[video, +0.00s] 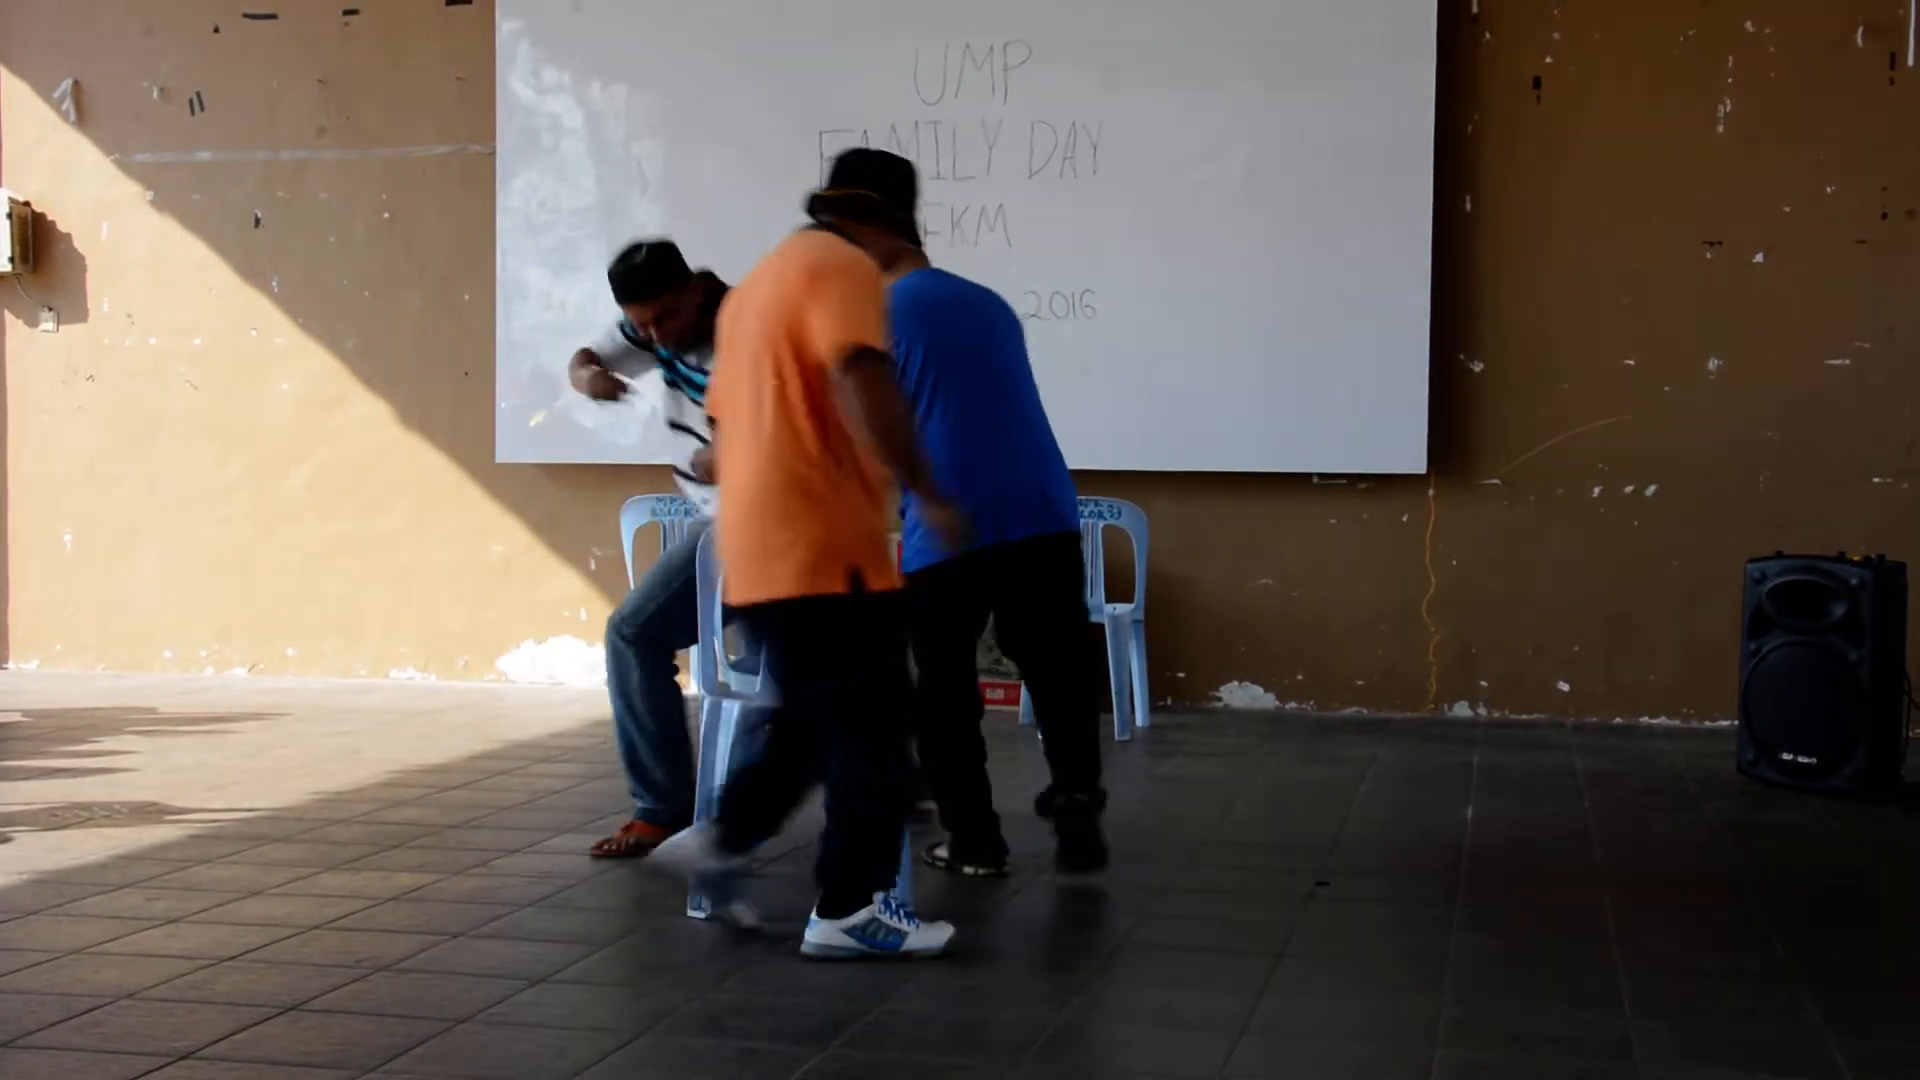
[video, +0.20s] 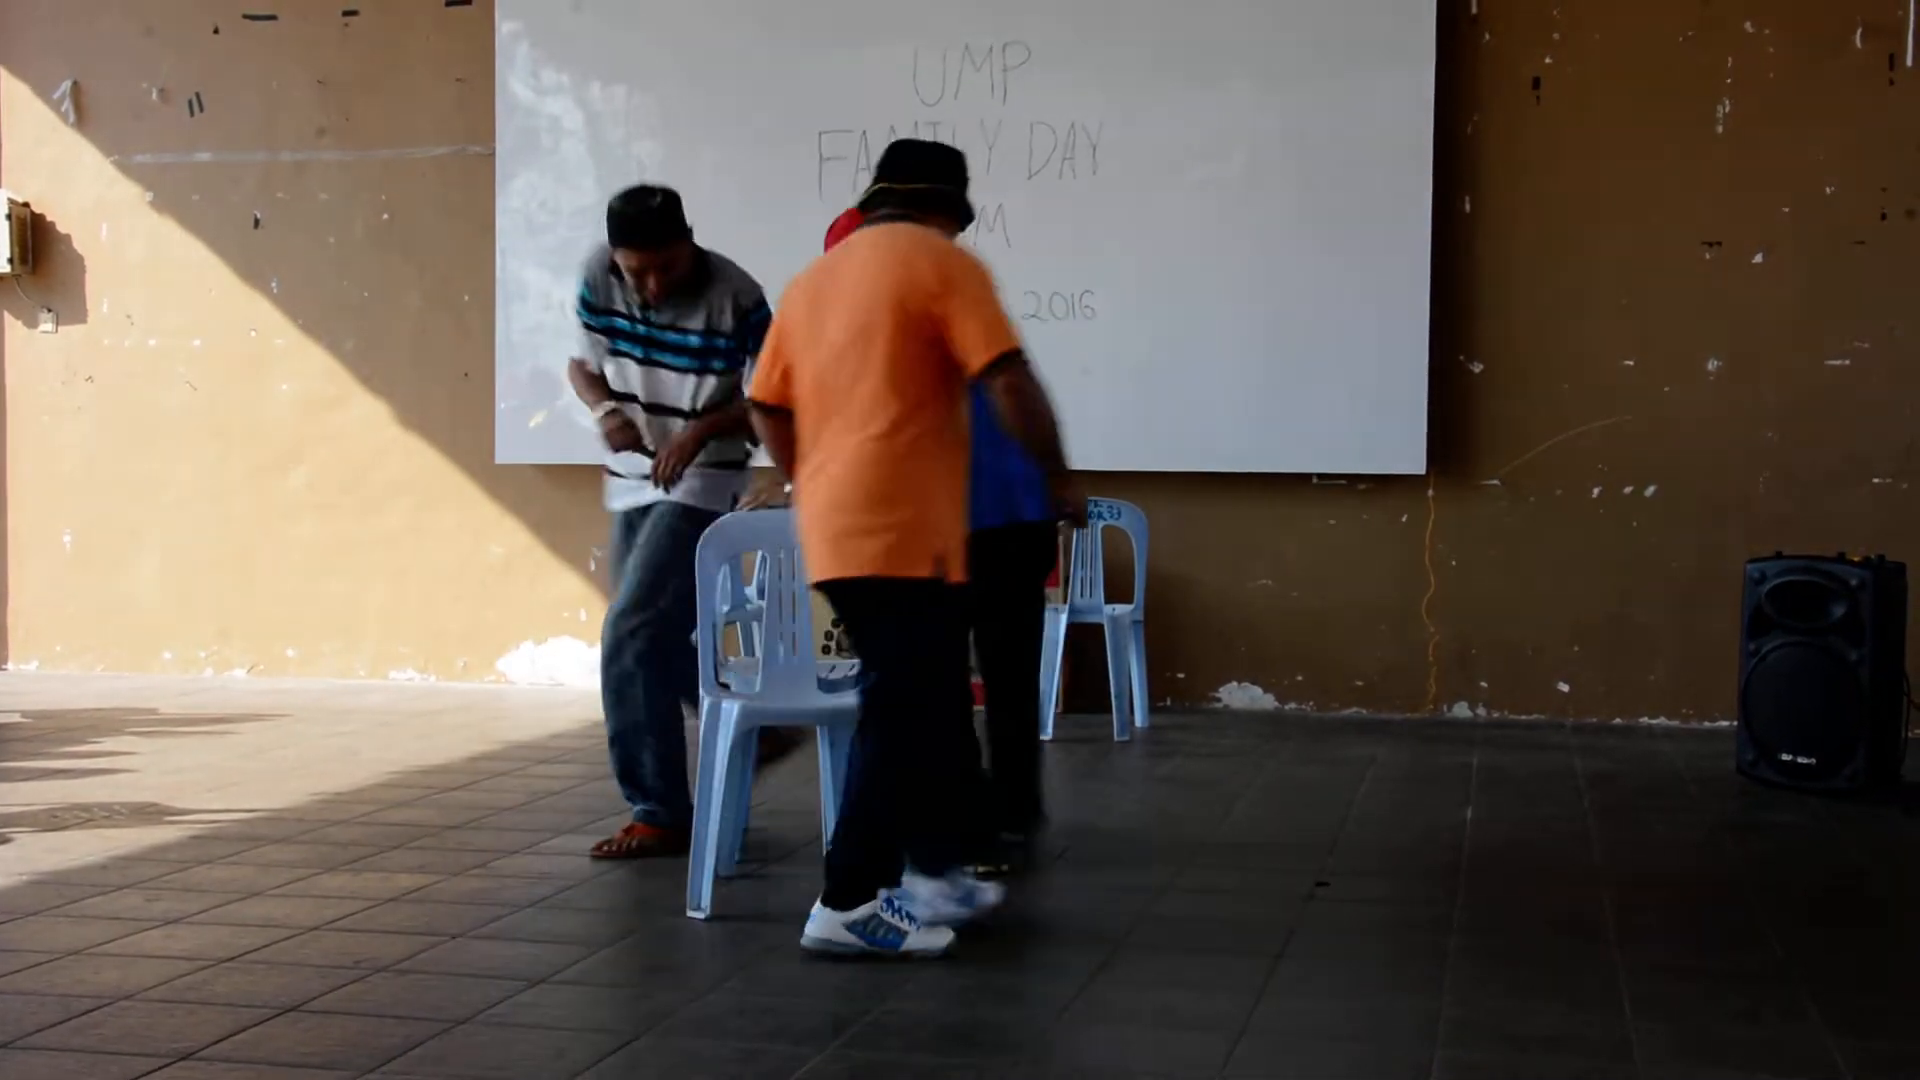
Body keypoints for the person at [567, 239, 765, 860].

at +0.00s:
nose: (657, 336)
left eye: (667, 318)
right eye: (643, 326)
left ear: (698, 291)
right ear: (629, 315)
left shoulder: (749, 326)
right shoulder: (655, 331)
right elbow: (589, 361)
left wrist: (726, 458)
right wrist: (595, 378)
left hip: (795, 515)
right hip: (727, 520)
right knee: (632, 632)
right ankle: (664, 808)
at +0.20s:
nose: (651, 284)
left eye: (661, 268)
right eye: (635, 271)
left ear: (687, 245)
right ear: (616, 256)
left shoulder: (736, 297)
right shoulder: (602, 277)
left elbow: (765, 398)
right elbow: (583, 364)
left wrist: (700, 430)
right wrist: (606, 408)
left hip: (701, 487)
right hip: (631, 486)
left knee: (629, 633)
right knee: (660, 636)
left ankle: (659, 814)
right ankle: (758, 721)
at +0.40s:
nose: (626, 254)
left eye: (639, 238)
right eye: (611, 239)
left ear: (659, 221)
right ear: (584, 223)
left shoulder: (696, 277)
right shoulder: (544, 261)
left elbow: (756, 368)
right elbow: (512, 349)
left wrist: (709, 428)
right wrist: (540, 417)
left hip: (650, 486)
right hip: (561, 485)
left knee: (621, 638)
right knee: (535, 644)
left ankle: (643, 811)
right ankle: (534, 807)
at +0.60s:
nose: (639, 235)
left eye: (650, 218)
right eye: (622, 219)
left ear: (663, 205)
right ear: (583, 201)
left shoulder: (678, 268)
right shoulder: (521, 249)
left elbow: (677, 356)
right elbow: (469, 338)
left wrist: (667, 428)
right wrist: (506, 408)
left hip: (626, 490)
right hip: (533, 491)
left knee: (603, 653)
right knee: (528, 657)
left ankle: (574, 833)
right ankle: (526, 798)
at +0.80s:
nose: (669, 206)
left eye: (678, 190)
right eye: (655, 191)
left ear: (684, 178)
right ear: (607, 173)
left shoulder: (685, 251)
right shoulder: (528, 226)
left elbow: (715, 355)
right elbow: (467, 325)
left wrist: (702, 423)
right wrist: (524, 399)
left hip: (636, 492)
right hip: (532, 487)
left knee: (607, 672)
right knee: (501, 655)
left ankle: (574, 836)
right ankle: (515, 776)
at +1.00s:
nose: (692, 206)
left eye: (700, 190)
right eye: (679, 191)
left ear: (703, 178)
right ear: (629, 173)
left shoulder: (696, 257)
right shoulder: (538, 224)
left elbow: (722, 349)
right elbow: (459, 312)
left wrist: (741, 418)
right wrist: (500, 398)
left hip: (641, 491)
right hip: (540, 484)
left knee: (624, 665)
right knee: (524, 673)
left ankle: (566, 797)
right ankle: (497, 856)